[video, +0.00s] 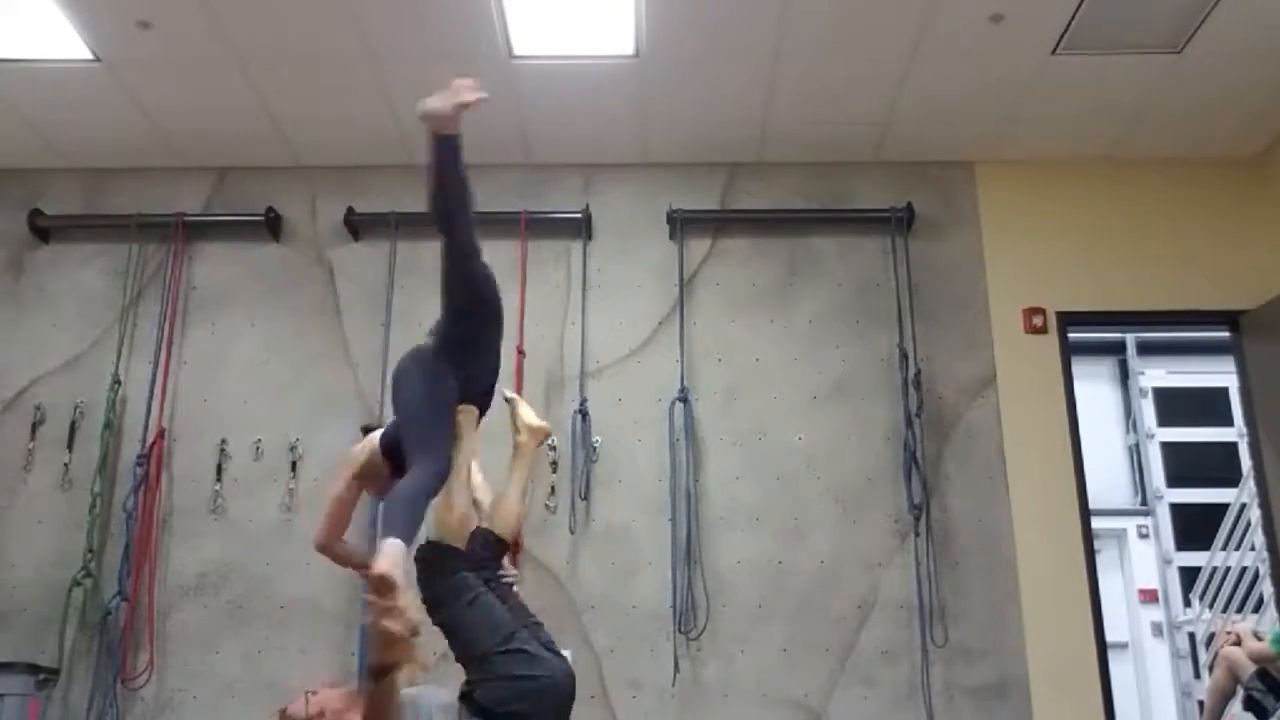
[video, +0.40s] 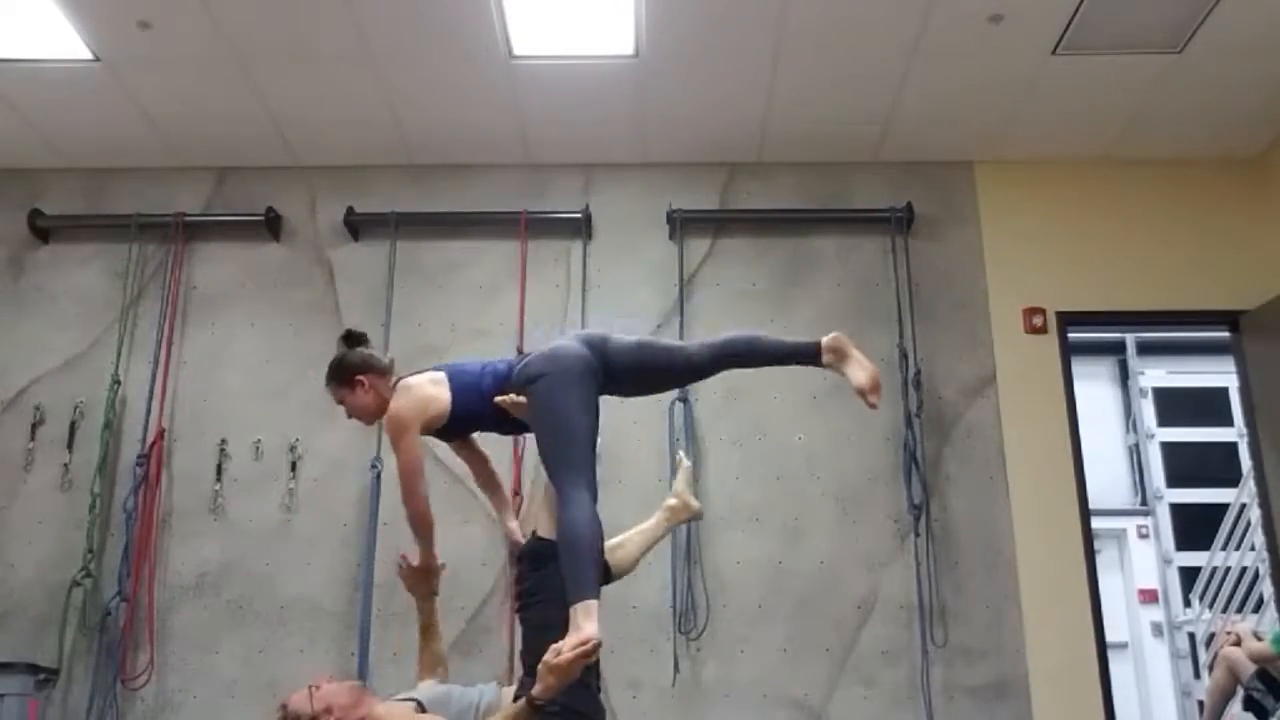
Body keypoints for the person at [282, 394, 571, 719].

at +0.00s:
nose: (318, 704)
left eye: (310, 702)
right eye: (314, 714)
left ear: (320, 688)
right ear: (327, 714)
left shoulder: (385, 687)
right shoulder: (376, 709)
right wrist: (385, 669)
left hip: (549, 685)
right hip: (522, 696)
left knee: (480, 559)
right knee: (438, 564)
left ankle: (528, 443)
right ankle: (466, 427)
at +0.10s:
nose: (321, 678)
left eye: (308, 684)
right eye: (310, 691)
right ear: (321, 714)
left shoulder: (387, 701)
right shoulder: (378, 715)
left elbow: (403, 659)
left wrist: (390, 588)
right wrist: (453, 679)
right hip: (531, 701)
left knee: (476, 561)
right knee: (472, 562)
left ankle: (545, 460)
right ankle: (546, 459)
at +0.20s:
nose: (319, 679)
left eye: (307, 684)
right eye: (308, 690)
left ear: (328, 706)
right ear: (320, 714)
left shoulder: (392, 700)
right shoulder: (381, 715)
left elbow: (405, 656)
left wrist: (400, 585)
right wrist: (500, 692)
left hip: (535, 696)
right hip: (536, 707)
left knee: (510, 555)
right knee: (504, 556)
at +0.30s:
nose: (322, 679)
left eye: (309, 684)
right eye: (311, 692)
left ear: (333, 696)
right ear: (323, 717)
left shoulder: (393, 700)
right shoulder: (388, 716)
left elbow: (413, 657)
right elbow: (481, 715)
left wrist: (410, 585)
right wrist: (514, 690)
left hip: (524, 691)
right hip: (542, 707)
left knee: (528, 558)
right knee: (523, 556)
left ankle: (638, 485)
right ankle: (639, 484)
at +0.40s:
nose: (325, 679)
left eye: (312, 685)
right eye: (316, 691)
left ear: (336, 702)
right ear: (331, 713)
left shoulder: (397, 703)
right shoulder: (398, 714)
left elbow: (433, 677)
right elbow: (491, 716)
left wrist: (425, 603)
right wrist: (541, 693)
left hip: (527, 689)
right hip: (547, 704)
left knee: (582, 564)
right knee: (539, 552)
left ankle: (674, 511)